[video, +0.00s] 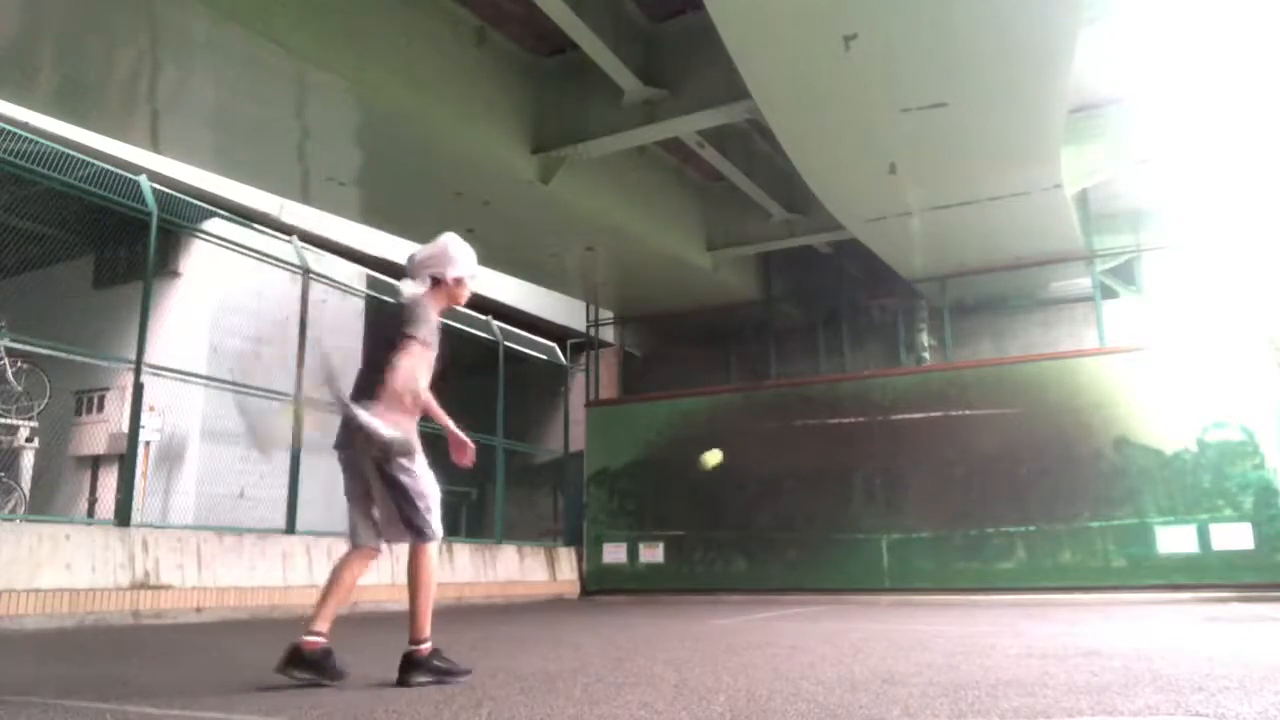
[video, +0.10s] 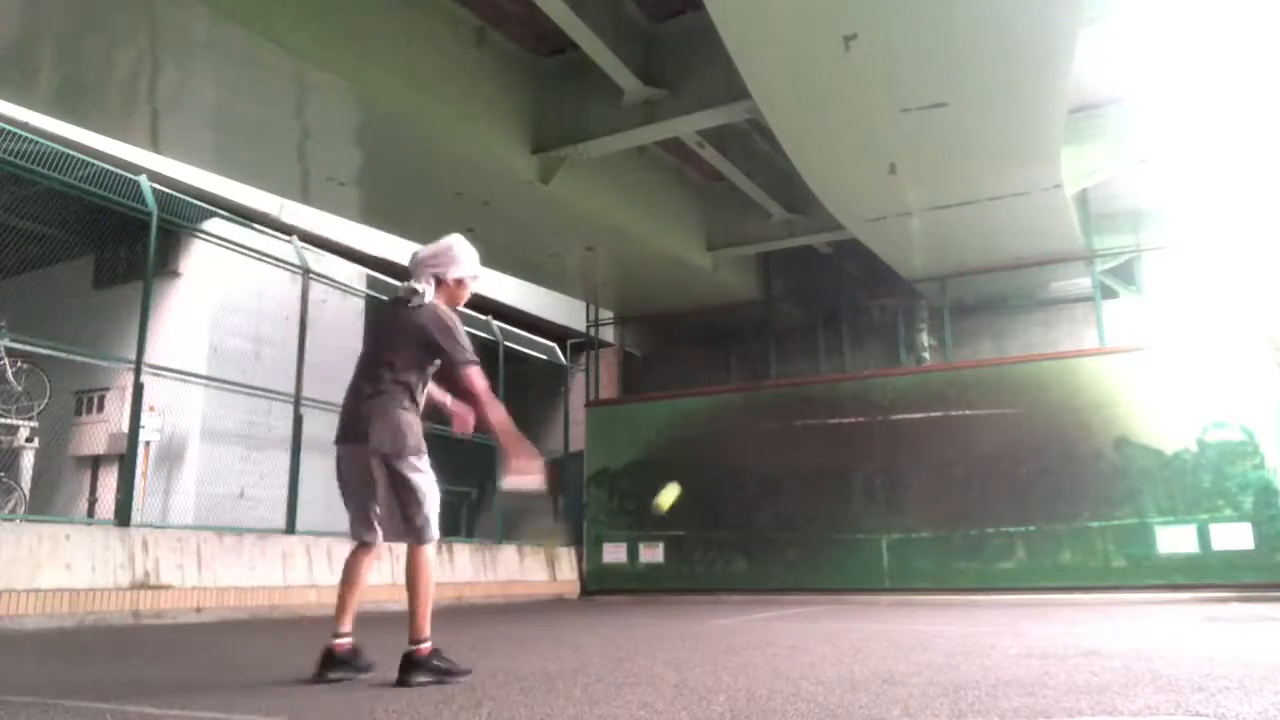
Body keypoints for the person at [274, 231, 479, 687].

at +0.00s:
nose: (469, 290)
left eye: (470, 281)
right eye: (467, 281)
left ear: (434, 278)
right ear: (447, 279)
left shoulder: (405, 313)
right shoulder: (423, 317)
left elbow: (416, 386)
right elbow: (398, 379)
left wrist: (451, 429)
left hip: (357, 435)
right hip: (391, 436)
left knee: (367, 543)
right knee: (426, 536)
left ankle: (311, 643)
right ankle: (421, 652)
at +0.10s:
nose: (470, 294)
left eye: (471, 285)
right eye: (468, 284)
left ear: (429, 278)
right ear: (447, 280)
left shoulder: (386, 311)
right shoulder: (437, 317)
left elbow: (400, 375)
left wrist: (449, 403)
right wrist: (517, 447)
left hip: (352, 433)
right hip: (396, 433)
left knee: (368, 540)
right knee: (422, 537)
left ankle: (339, 646)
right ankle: (420, 652)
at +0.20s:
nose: (465, 293)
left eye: (467, 284)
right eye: (463, 283)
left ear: (424, 277)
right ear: (443, 279)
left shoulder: (382, 312)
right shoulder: (442, 321)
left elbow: (400, 357)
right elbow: (498, 377)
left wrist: (446, 368)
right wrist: (553, 414)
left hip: (354, 436)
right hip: (398, 438)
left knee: (366, 536)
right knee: (422, 540)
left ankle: (344, 642)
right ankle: (421, 652)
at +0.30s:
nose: (460, 289)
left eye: (460, 280)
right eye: (457, 280)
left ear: (416, 277)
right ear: (440, 279)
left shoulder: (379, 311)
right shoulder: (444, 318)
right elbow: (492, 352)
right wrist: (529, 362)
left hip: (359, 438)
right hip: (404, 442)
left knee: (359, 536)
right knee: (424, 540)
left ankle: (328, 636)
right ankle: (421, 652)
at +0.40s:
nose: (447, 290)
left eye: (448, 282)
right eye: (446, 282)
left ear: (406, 276)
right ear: (433, 281)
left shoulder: (373, 310)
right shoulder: (434, 317)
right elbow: (477, 328)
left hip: (359, 440)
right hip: (403, 445)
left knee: (349, 541)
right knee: (422, 541)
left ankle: (317, 640)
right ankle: (421, 651)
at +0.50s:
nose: (437, 293)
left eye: (436, 285)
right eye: (435, 285)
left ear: (395, 280)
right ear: (421, 285)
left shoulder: (364, 316)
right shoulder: (425, 318)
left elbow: (340, 334)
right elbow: (451, 333)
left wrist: (373, 300)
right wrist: (419, 300)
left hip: (351, 442)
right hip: (394, 445)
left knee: (342, 541)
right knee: (415, 540)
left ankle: (316, 643)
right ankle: (421, 649)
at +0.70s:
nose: (419, 291)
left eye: (417, 284)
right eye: (417, 285)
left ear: (373, 282)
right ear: (404, 285)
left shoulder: (346, 315)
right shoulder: (419, 317)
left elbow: (302, 372)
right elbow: (422, 366)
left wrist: (315, 343)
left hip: (339, 435)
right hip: (385, 437)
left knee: (331, 541)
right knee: (393, 540)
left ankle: (317, 644)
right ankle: (379, 645)